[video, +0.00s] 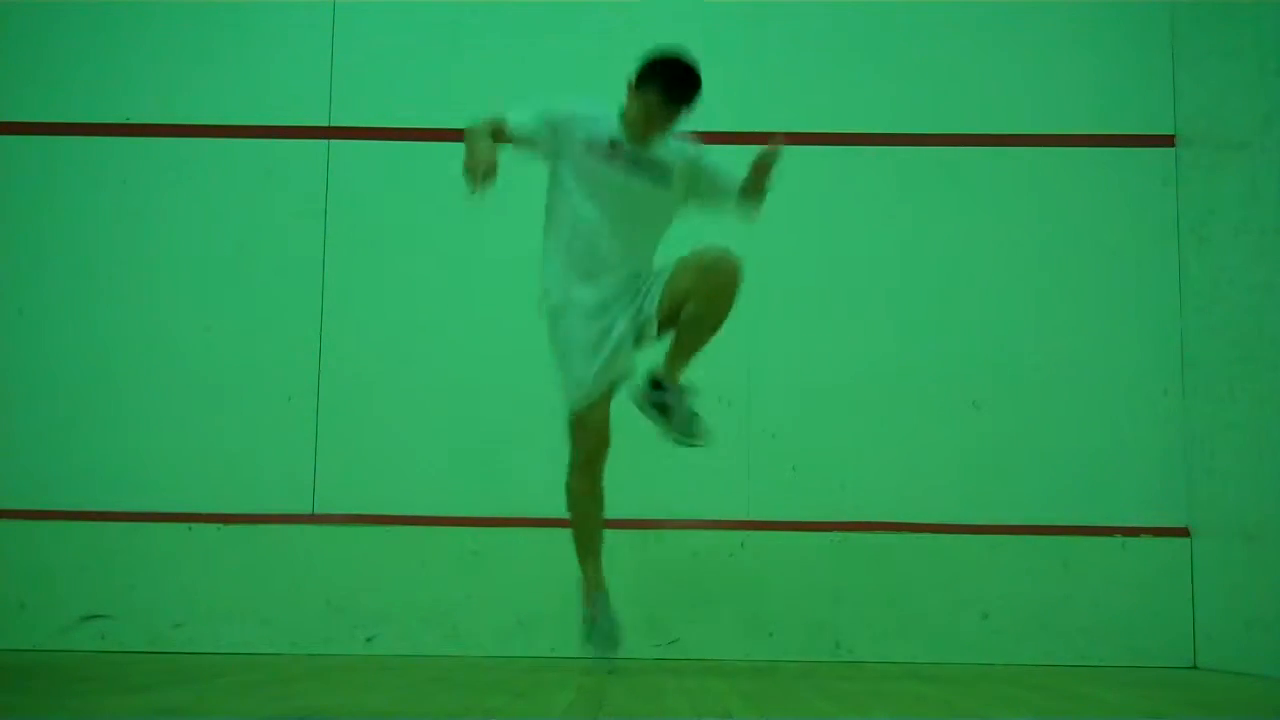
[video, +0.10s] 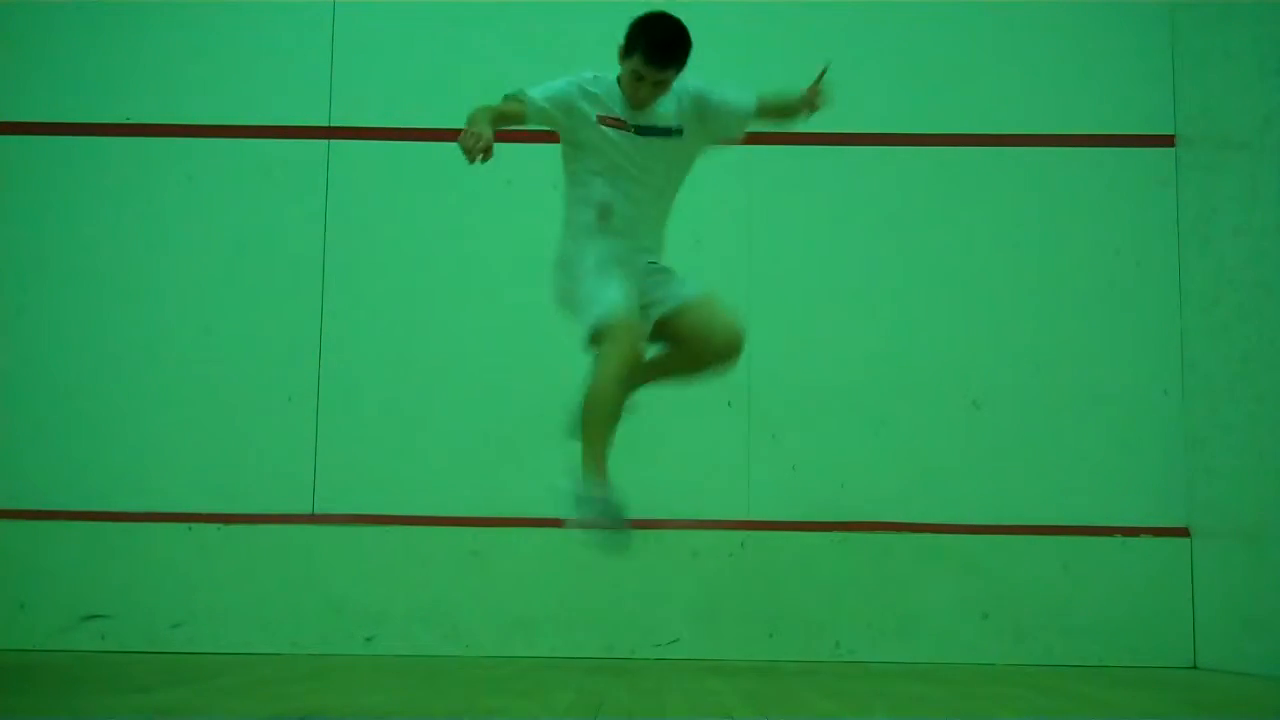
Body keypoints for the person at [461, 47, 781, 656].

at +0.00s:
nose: (652, 123)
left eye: (667, 116)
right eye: (649, 107)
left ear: (680, 116)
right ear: (632, 91)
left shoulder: (682, 162)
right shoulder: (577, 128)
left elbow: (743, 204)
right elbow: (487, 127)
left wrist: (759, 172)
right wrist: (481, 150)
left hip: (640, 298)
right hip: (580, 307)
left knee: (721, 271)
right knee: (589, 450)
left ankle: (663, 385)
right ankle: (594, 592)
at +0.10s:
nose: (645, 93)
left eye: (660, 85)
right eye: (638, 78)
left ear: (676, 76)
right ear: (622, 61)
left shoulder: (694, 107)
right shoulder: (583, 97)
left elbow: (756, 109)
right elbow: (504, 110)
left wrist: (800, 105)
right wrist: (480, 122)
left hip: (647, 268)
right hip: (590, 261)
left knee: (719, 341)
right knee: (625, 345)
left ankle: (616, 381)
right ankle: (593, 487)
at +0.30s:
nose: (659, 125)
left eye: (672, 118)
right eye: (652, 112)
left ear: (690, 110)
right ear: (635, 94)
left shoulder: (699, 132)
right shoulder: (604, 140)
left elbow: (757, 109)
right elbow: (537, 157)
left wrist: (812, 83)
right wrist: (494, 174)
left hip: (652, 296)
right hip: (602, 289)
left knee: (665, 448)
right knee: (716, 321)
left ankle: (560, 528)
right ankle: (611, 425)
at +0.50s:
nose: (698, 218)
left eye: (709, 210)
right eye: (693, 204)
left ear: (718, 206)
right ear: (667, 185)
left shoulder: (698, 233)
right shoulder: (628, 239)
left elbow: (757, 213)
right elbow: (551, 291)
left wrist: (823, 184)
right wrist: (470, 345)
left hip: (592, 406)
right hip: (610, 397)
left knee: (664, 519)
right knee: (691, 503)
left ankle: (607, 546)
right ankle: (641, 639)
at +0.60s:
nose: (693, 217)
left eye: (703, 212)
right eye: (689, 203)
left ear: (712, 207)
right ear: (664, 179)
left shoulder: (687, 225)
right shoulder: (613, 225)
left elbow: (759, 226)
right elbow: (538, 285)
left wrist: (846, 230)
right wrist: (483, 363)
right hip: (585, 375)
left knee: (637, 494)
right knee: (662, 479)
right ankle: (644, 626)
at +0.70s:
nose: (689, 218)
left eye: (700, 213)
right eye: (688, 204)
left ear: (707, 206)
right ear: (665, 173)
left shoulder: (679, 226)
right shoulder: (593, 200)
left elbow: (726, 248)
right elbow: (525, 269)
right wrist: (486, 354)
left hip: (589, 347)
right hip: (549, 337)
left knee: (615, 474)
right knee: (628, 445)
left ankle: (512, 516)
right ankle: (631, 597)